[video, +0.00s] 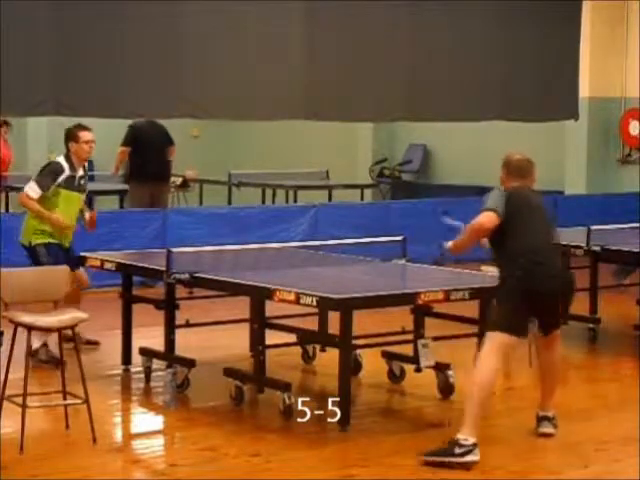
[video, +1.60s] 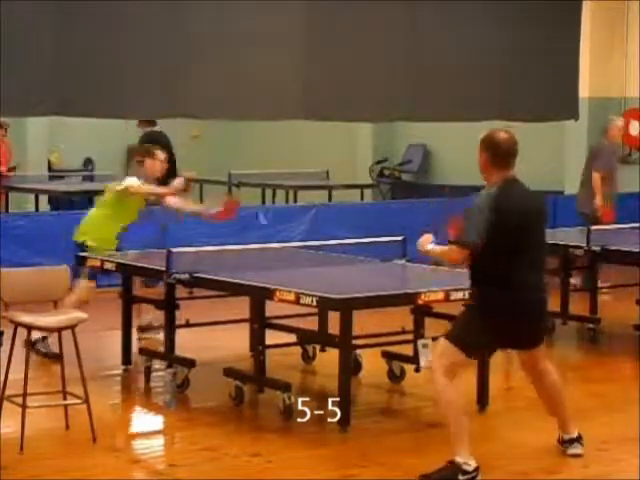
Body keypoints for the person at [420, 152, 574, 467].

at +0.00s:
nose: (501, 181)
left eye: (501, 177)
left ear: (504, 177)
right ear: (533, 179)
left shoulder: (503, 195)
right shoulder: (541, 202)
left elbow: (485, 223)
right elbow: (534, 241)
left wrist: (458, 245)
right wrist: (488, 237)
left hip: (519, 280)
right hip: (556, 280)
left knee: (491, 353)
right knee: (550, 342)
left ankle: (466, 440)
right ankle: (547, 415)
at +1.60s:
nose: (478, 159)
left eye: (479, 154)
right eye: (480, 153)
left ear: (484, 159)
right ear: (513, 159)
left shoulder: (487, 201)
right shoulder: (533, 198)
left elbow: (460, 255)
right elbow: (524, 251)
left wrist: (429, 248)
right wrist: (469, 242)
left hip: (491, 309)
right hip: (532, 307)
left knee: (444, 366)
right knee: (537, 363)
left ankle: (463, 461)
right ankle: (570, 435)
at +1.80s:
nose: (472, 151)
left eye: (473, 146)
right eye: (477, 146)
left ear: (476, 148)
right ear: (508, 150)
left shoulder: (464, 187)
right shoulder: (529, 191)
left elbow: (438, 244)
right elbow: (548, 251)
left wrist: (435, 237)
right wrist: (518, 256)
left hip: (472, 295)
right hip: (520, 296)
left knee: (424, 365)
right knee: (543, 366)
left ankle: (439, 452)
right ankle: (562, 446)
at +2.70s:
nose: (451, 165)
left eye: (453, 159)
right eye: (453, 159)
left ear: (459, 158)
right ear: (483, 157)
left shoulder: (449, 188)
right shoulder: (512, 190)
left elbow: (433, 246)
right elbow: (535, 245)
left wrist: (460, 242)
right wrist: (507, 250)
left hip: (472, 285)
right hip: (518, 284)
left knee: (432, 362)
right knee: (534, 360)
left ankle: (418, 448)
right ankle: (545, 441)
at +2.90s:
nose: (386, 162)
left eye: (386, 157)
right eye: (388, 157)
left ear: (390, 155)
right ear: (413, 154)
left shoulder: (395, 175)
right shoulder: (426, 175)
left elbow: (395, 216)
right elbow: (425, 222)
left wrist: (379, 245)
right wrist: (394, 246)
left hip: (436, 265)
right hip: (454, 261)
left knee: (444, 346)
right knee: (421, 339)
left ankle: (476, 427)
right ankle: (410, 408)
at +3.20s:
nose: (361, 178)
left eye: (363, 173)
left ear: (367, 169)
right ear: (386, 168)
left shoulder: (373, 173)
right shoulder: (399, 186)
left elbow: (379, 204)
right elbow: (392, 241)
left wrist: (363, 244)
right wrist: (352, 243)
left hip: (429, 244)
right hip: (424, 254)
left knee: (449, 313)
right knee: (420, 332)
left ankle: (491, 378)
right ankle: (411, 391)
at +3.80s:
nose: (360, 178)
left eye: (360, 175)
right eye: (362, 175)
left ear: (366, 170)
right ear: (385, 171)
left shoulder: (370, 177)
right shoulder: (400, 194)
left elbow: (375, 200)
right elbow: (401, 255)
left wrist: (362, 241)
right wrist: (366, 273)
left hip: (424, 244)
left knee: (442, 313)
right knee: (418, 335)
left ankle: (483, 386)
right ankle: (410, 415)